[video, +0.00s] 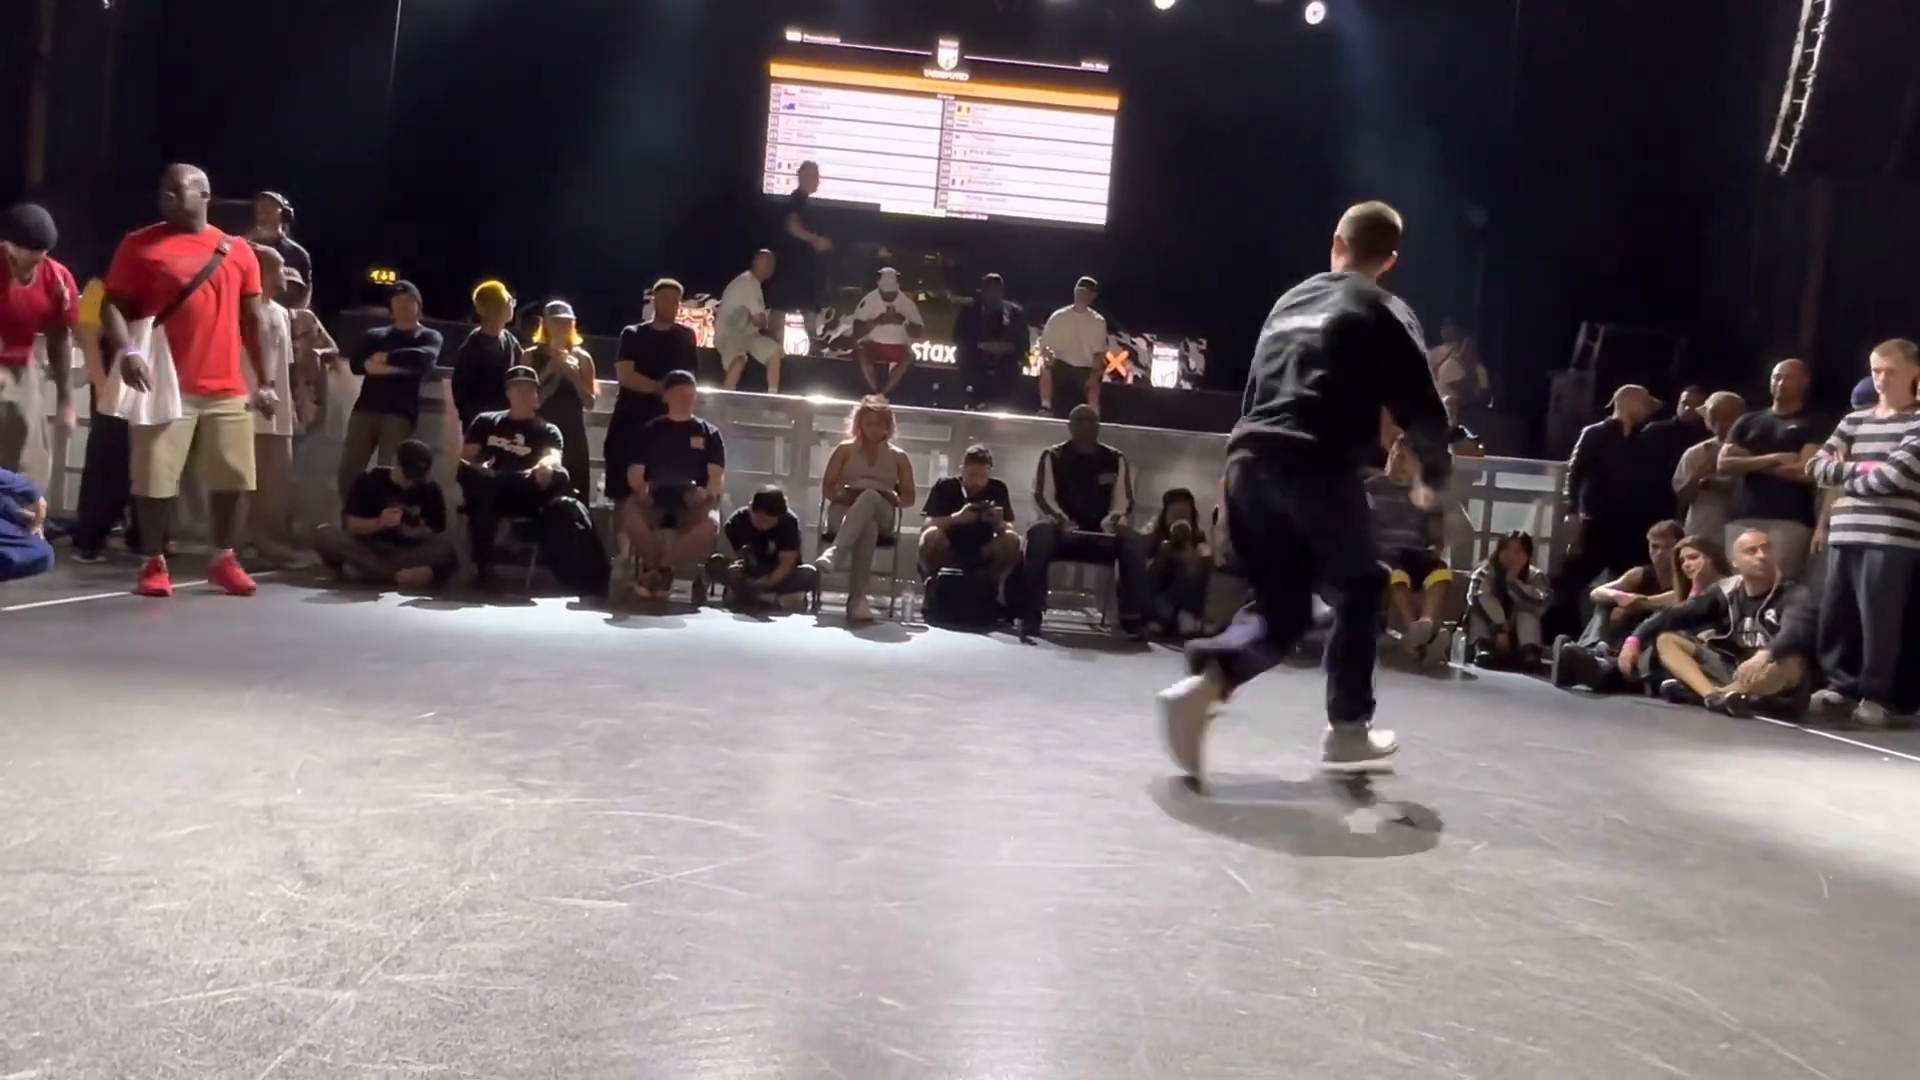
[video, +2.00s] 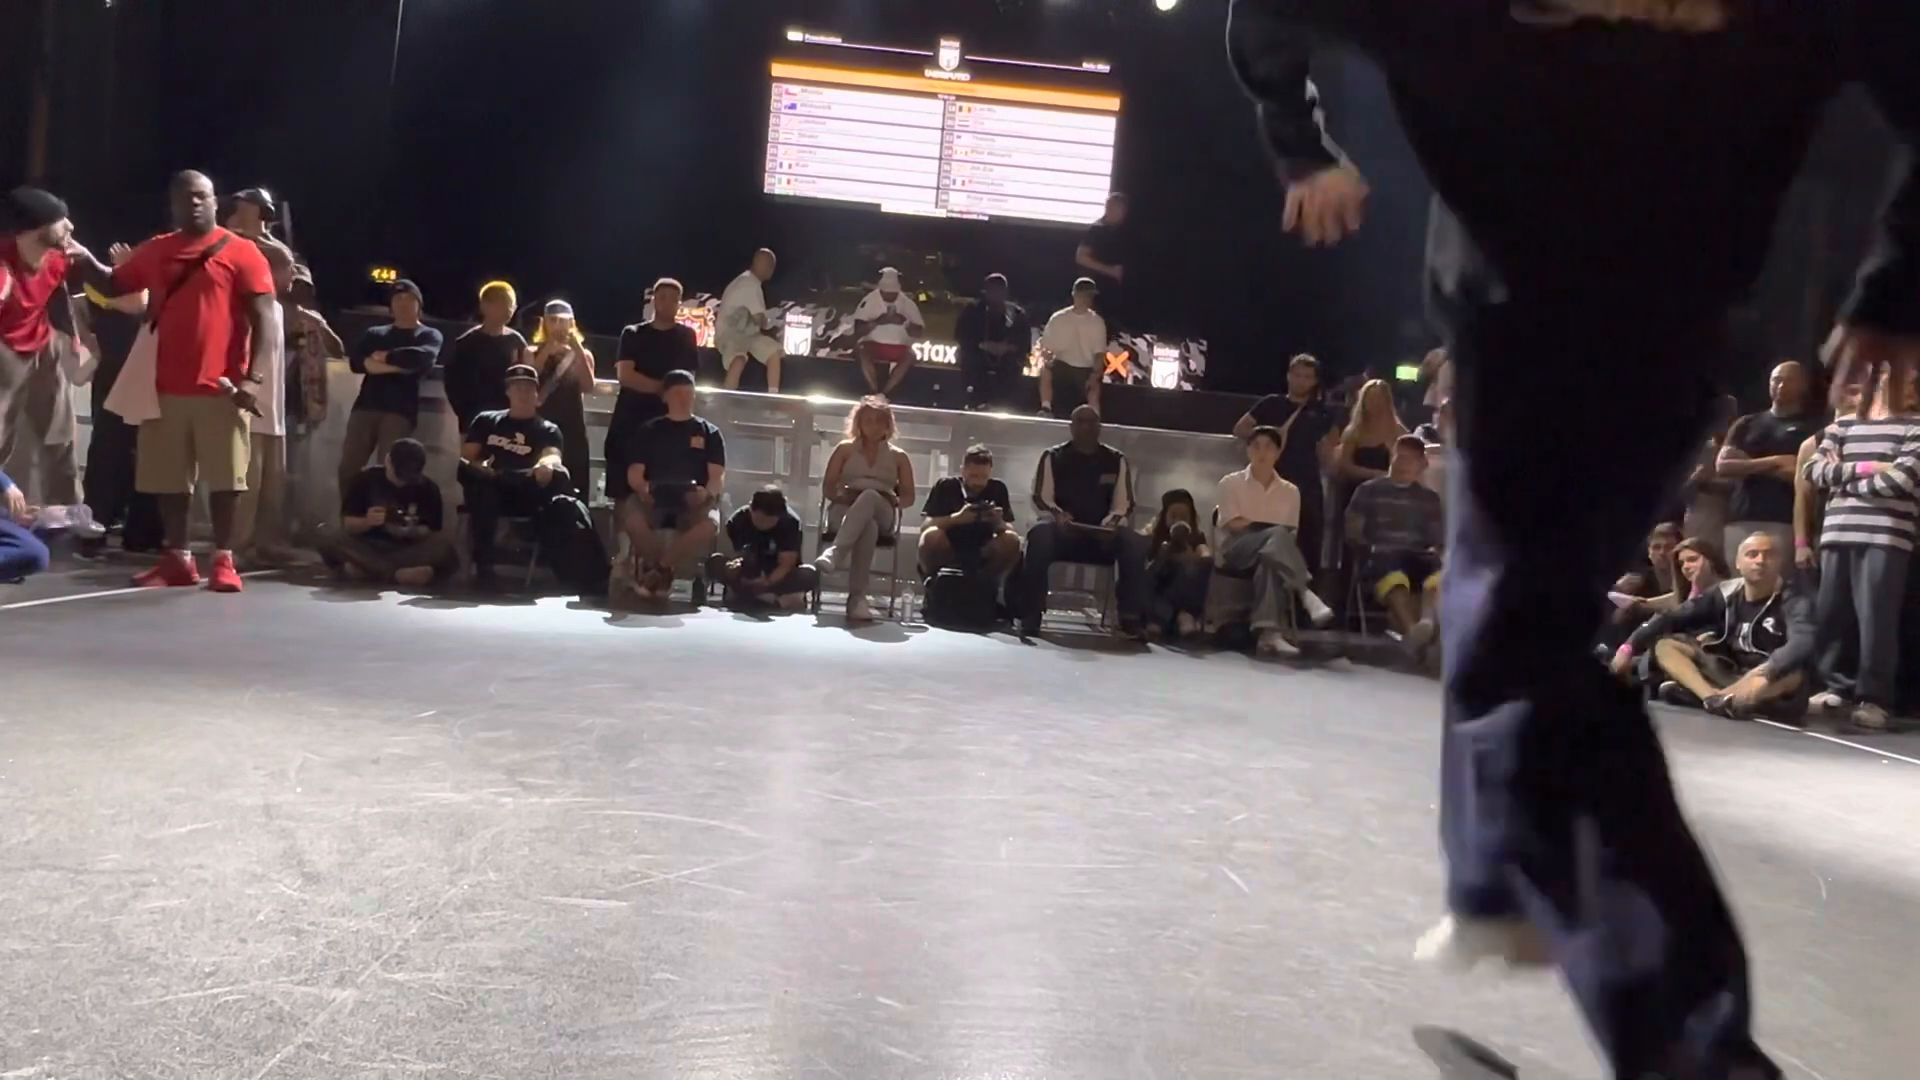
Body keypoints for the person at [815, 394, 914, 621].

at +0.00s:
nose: (874, 429)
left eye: (880, 424)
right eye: (869, 424)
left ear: (889, 426)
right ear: (859, 425)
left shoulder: (898, 457)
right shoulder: (845, 450)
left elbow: (908, 499)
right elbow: (828, 489)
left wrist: (884, 494)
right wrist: (852, 499)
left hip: (883, 518)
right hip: (843, 513)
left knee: (869, 496)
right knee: (868, 525)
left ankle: (835, 551)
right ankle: (857, 599)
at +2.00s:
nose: (874, 427)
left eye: (879, 421)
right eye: (868, 421)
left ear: (888, 425)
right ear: (858, 423)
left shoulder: (898, 457)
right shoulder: (845, 449)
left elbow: (908, 498)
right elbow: (828, 489)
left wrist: (890, 500)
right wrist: (848, 498)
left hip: (883, 517)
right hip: (844, 511)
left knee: (869, 496)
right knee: (869, 526)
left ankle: (835, 552)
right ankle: (857, 598)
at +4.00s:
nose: (853, 439)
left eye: (858, 433)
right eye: (847, 433)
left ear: (866, 438)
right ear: (836, 436)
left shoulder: (876, 470)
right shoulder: (822, 464)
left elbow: (886, 511)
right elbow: (808, 505)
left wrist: (863, 510)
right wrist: (835, 513)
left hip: (862, 531)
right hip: (823, 526)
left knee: (847, 509)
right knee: (847, 538)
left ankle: (814, 565)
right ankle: (838, 612)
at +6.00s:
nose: (864, 452)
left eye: (870, 447)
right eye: (859, 447)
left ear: (879, 452)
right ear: (849, 450)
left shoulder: (890, 484)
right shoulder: (836, 478)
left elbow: (899, 526)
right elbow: (822, 518)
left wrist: (880, 522)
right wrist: (843, 524)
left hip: (878, 543)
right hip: (838, 540)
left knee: (862, 523)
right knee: (863, 552)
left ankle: (830, 580)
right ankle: (855, 625)